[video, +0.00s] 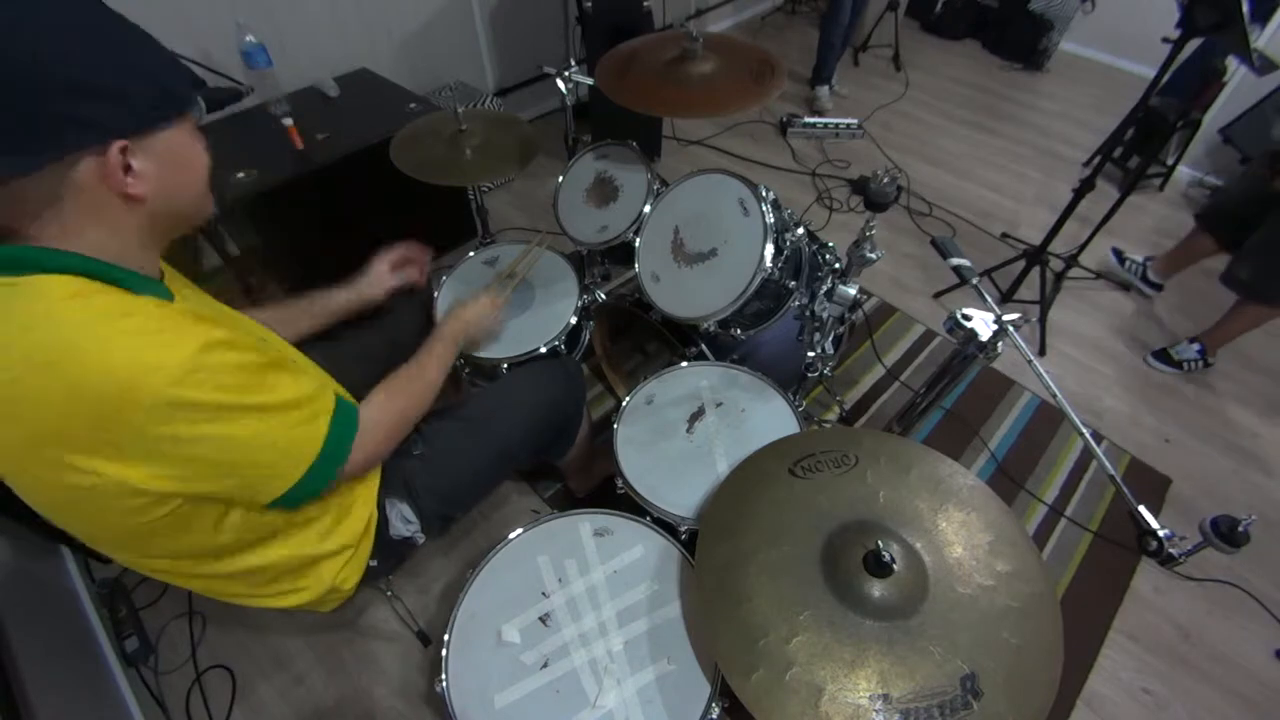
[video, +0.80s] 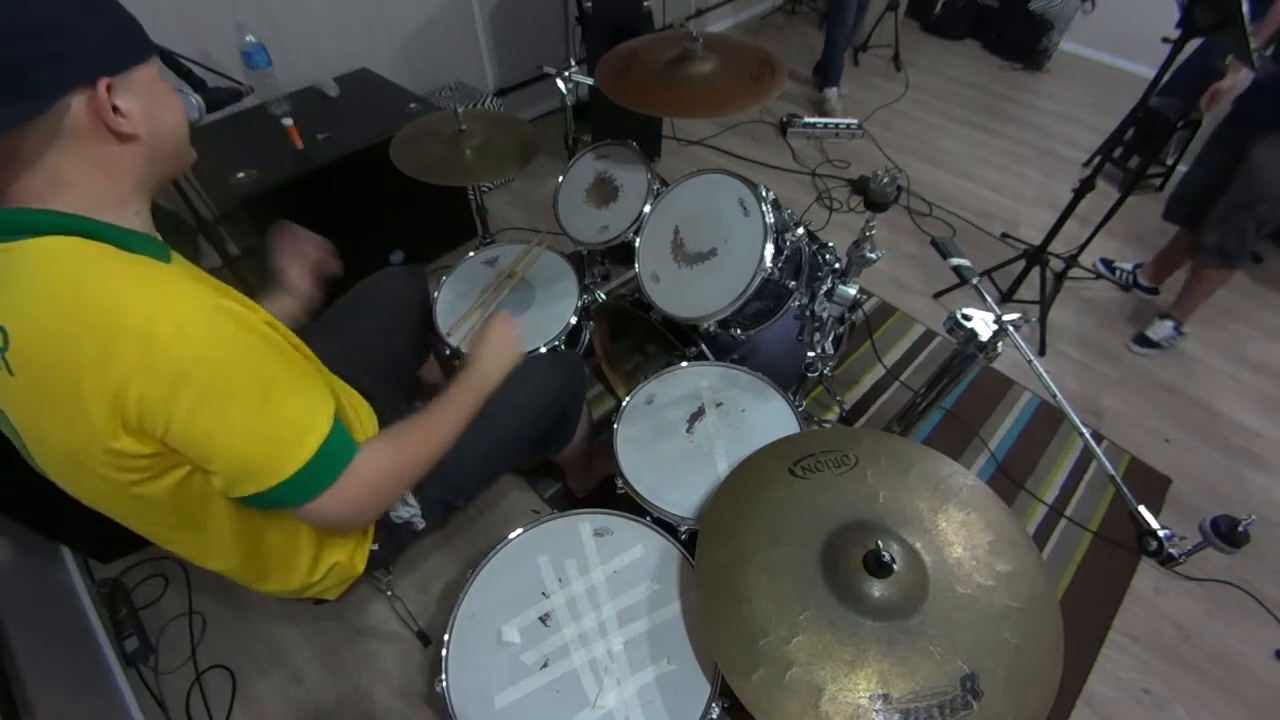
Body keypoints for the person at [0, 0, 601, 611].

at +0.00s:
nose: (205, 146)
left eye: (194, 123)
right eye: (190, 128)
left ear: (119, 171)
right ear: (127, 168)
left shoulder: (40, 274)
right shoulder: (162, 369)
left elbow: (210, 338)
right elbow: (354, 446)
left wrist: (356, 296)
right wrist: (451, 337)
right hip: (337, 526)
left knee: (421, 305)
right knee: (559, 377)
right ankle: (573, 476)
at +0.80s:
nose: (182, 98)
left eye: (167, 76)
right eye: (161, 77)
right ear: (113, 109)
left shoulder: (24, 253)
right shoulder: (166, 331)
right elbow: (350, 496)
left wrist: (285, 302)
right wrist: (487, 370)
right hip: (346, 525)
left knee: (405, 284)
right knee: (555, 365)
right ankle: (569, 469)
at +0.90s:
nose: (179, 97)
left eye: (164, 73)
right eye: (159, 76)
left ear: (19, 135)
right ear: (112, 107)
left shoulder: (19, 254)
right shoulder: (164, 315)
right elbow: (384, 502)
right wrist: (551, 352)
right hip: (336, 540)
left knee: (402, 287)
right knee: (551, 376)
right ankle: (573, 468)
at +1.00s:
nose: (176, 90)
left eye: (161, 69)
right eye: (157, 72)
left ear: (52, 121)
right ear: (111, 110)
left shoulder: (18, 259)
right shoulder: (145, 292)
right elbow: (423, 471)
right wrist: (635, 309)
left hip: (222, 511)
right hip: (327, 533)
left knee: (397, 287)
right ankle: (578, 464)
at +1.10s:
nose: (176, 100)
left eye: (162, 74)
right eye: (161, 76)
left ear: (69, 112)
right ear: (113, 108)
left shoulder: (18, 262)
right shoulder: (139, 283)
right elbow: (437, 407)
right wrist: (683, 221)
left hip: (231, 518)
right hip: (342, 530)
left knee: (400, 284)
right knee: (547, 356)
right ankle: (586, 477)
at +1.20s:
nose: (179, 100)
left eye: (164, 75)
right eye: (160, 76)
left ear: (31, 121)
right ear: (115, 104)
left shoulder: (24, 263)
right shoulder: (113, 275)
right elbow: (424, 347)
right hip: (350, 515)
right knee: (565, 377)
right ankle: (583, 486)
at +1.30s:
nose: (181, 102)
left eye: (170, 76)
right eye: (167, 78)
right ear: (120, 100)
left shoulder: (26, 247)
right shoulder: (108, 261)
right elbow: (397, 296)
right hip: (345, 523)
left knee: (402, 341)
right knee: (566, 377)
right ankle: (577, 475)